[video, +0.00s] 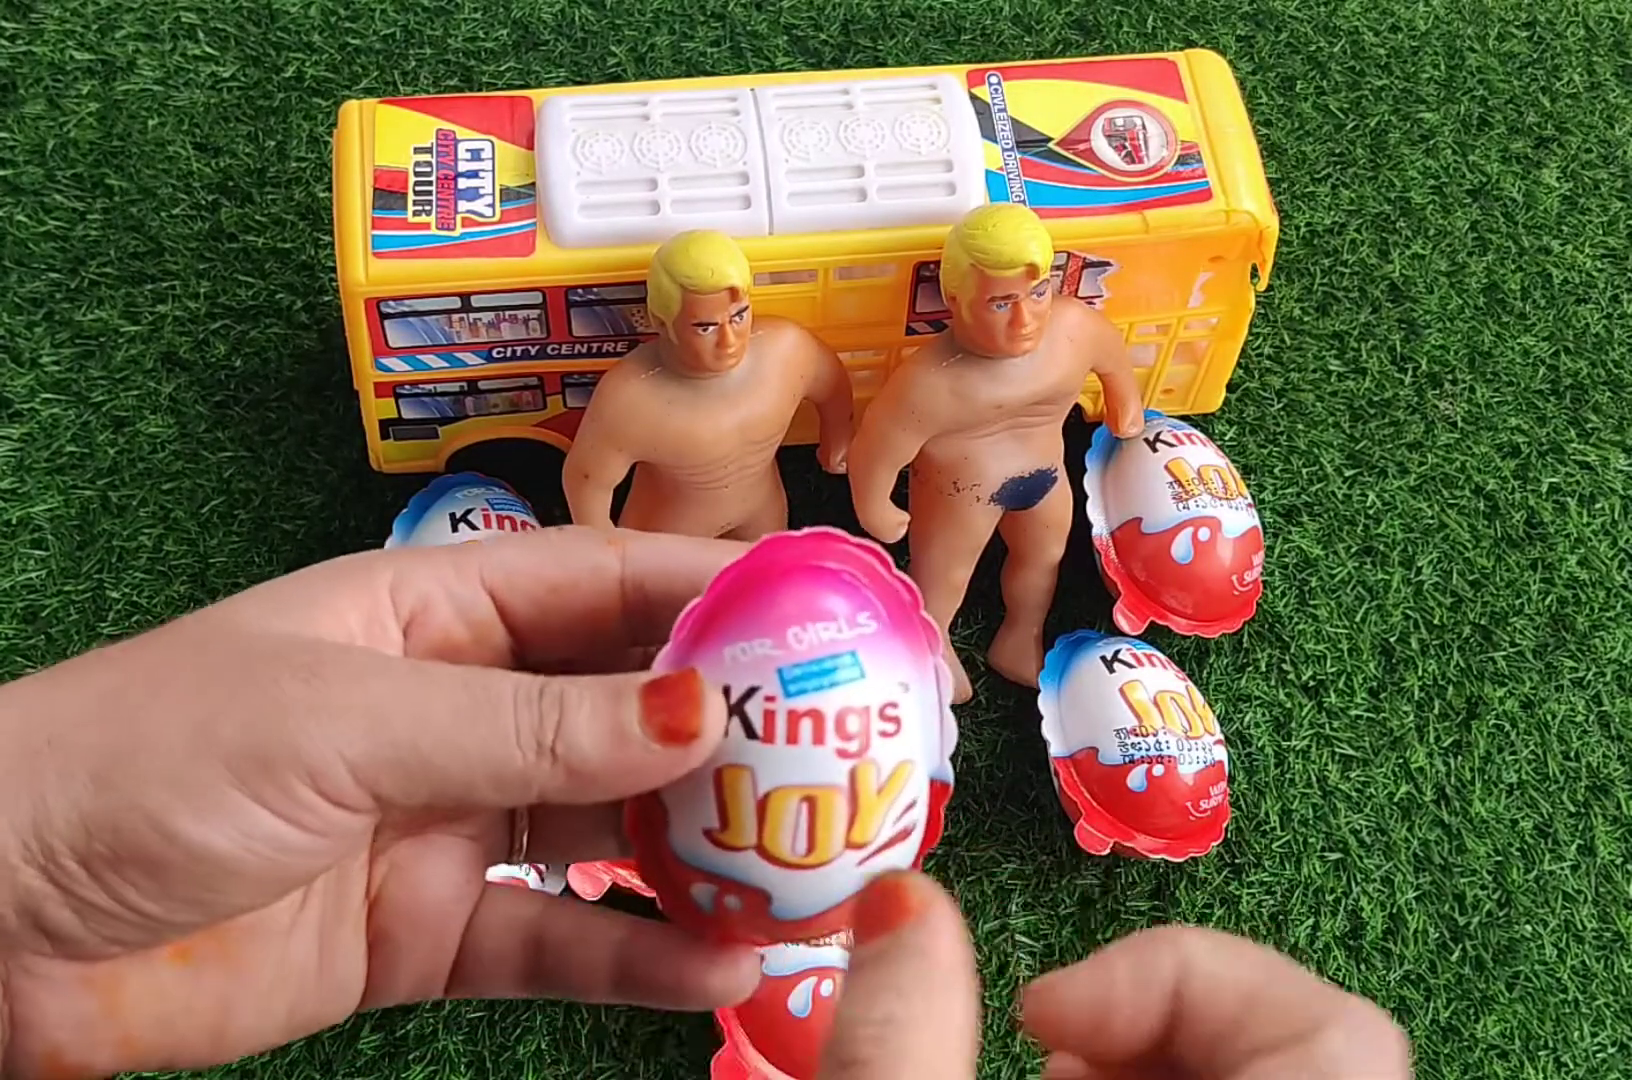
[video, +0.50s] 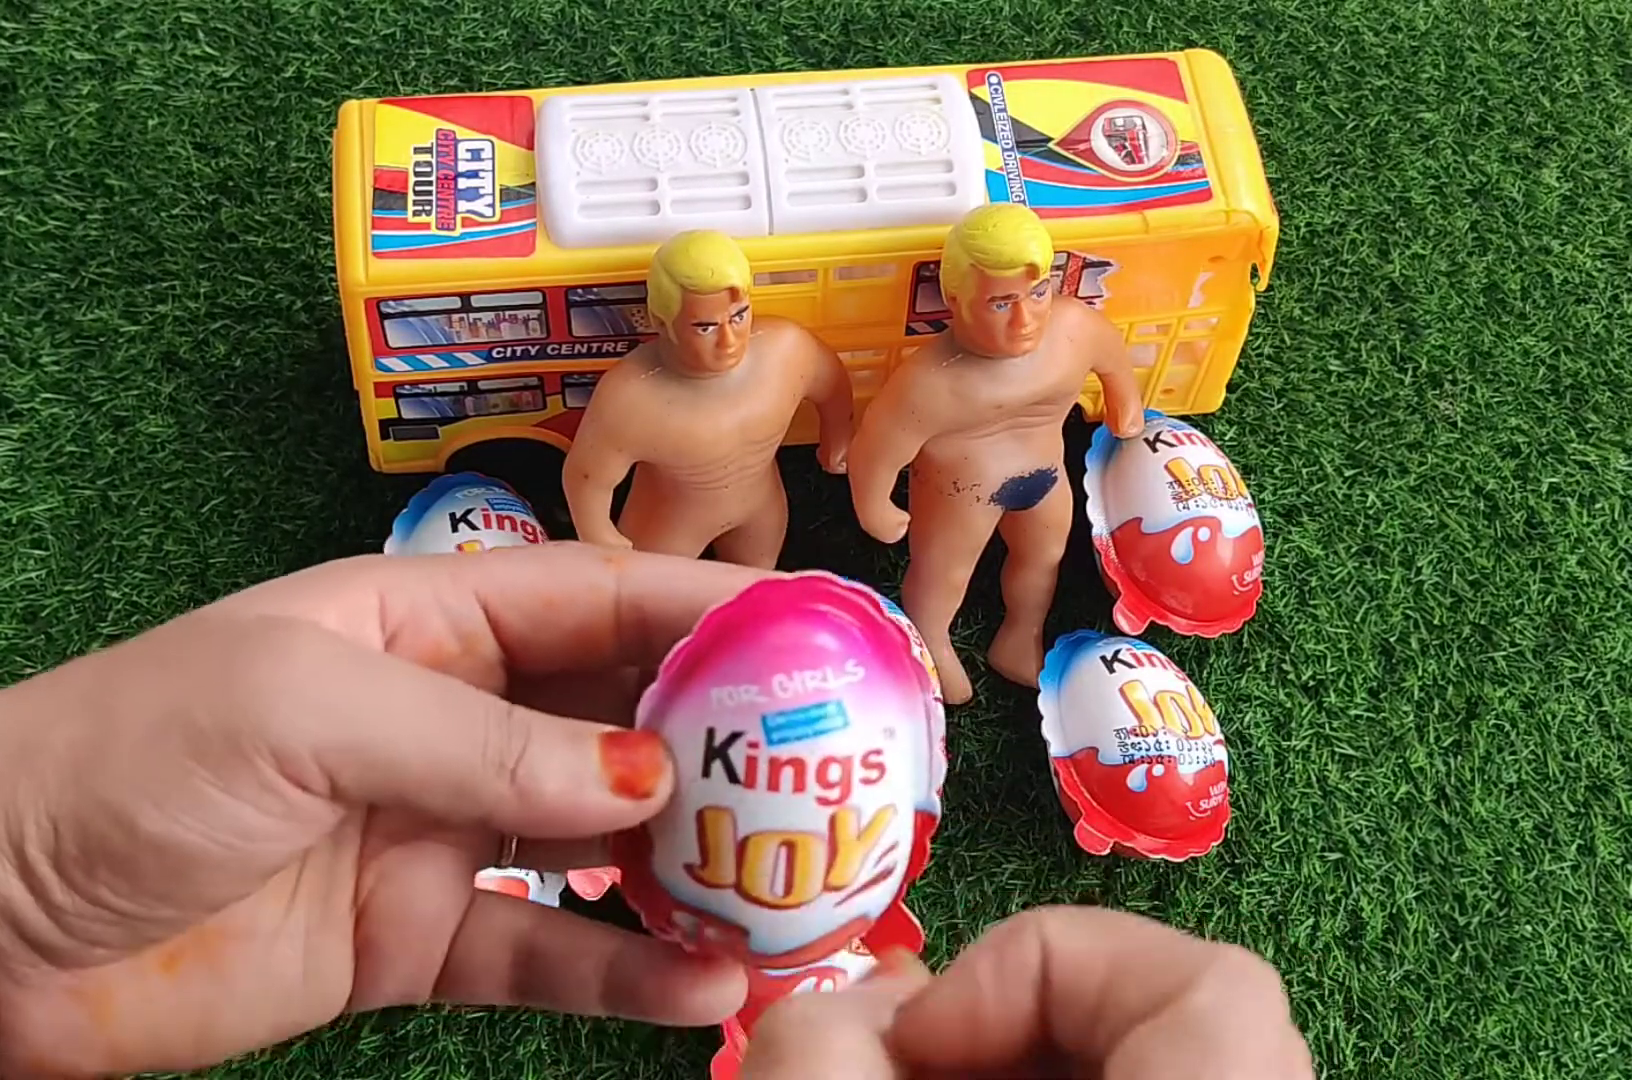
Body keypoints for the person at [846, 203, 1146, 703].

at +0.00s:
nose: (1024, 317)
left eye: (1036, 295)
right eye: (1000, 303)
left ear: (1050, 283)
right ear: (953, 302)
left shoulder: (1077, 327)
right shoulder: (926, 383)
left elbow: (1114, 360)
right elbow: (874, 452)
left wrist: (1126, 409)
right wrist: (876, 512)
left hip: (1045, 477)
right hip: (959, 492)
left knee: (1041, 561)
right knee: (943, 580)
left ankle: (1020, 643)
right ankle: (931, 650)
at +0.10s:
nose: (1023, 317)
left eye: (1036, 295)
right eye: (999, 303)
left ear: (1050, 283)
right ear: (953, 303)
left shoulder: (1078, 327)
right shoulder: (927, 383)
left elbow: (1114, 360)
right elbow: (872, 455)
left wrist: (1127, 411)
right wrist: (878, 515)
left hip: (1045, 477)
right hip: (959, 491)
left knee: (1041, 562)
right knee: (942, 580)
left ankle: (1020, 643)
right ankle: (928, 646)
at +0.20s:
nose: (1024, 317)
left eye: (1037, 294)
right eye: (1000, 303)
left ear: (1050, 283)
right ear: (952, 303)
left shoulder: (1078, 327)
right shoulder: (927, 382)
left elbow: (1116, 364)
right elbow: (871, 459)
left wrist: (1127, 411)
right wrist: (878, 516)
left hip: (1045, 476)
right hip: (959, 490)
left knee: (1041, 563)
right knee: (941, 579)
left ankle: (1020, 642)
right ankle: (927, 649)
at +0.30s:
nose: (1024, 317)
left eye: (1037, 294)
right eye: (999, 303)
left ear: (1051, 283)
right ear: (952, 303)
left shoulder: (1079, 327)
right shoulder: (926, 383)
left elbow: (1115, 362)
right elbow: (872, 456)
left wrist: (1127, 412)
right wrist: (879, 516)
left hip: (1045, 477)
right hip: (959, 492)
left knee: (1041, 562)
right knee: (942, 578)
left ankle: (1020, 643)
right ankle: (930, 646)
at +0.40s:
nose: (1024, 317)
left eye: (1036, 294)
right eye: (1000, 303)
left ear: (1050, 283)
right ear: (953, 302)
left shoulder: (1078, 327)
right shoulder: (927, 383)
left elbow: (1114, 360)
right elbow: (873, 452)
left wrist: (1126, 408)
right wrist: (877, 513)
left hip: (1045, 476)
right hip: (960, 491)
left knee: (1041, 561)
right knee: (942, 576)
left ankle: (1020, 641)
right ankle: (931, 643)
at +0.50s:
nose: (1024, 317)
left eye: (1037, 294)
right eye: (1000, 303)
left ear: (1051, 283)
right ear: (954, 301)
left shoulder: (1078, 327)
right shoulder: (927, 383)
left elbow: (1114, 361)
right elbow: (873, 452)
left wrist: (1127, 410)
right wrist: (877, 513)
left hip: (1045, 476)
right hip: (960, 490)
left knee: (1041, 560)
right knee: (942, 576)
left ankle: (1020, 642)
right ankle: (931, 643)